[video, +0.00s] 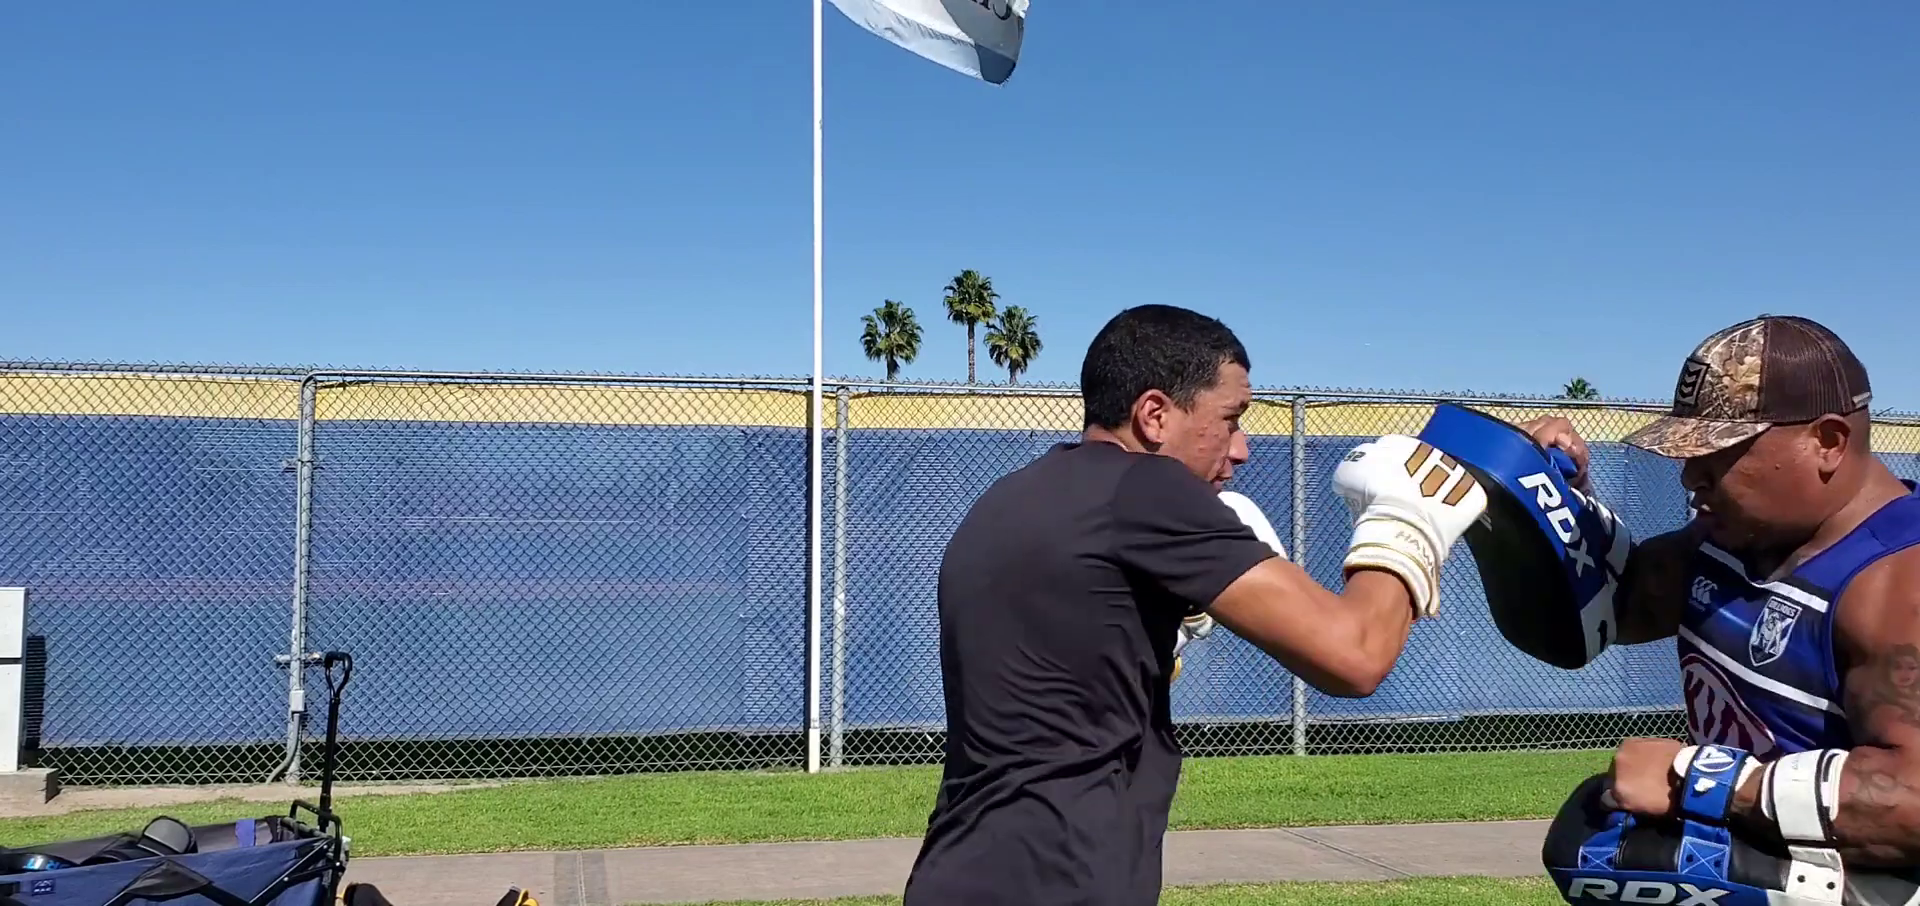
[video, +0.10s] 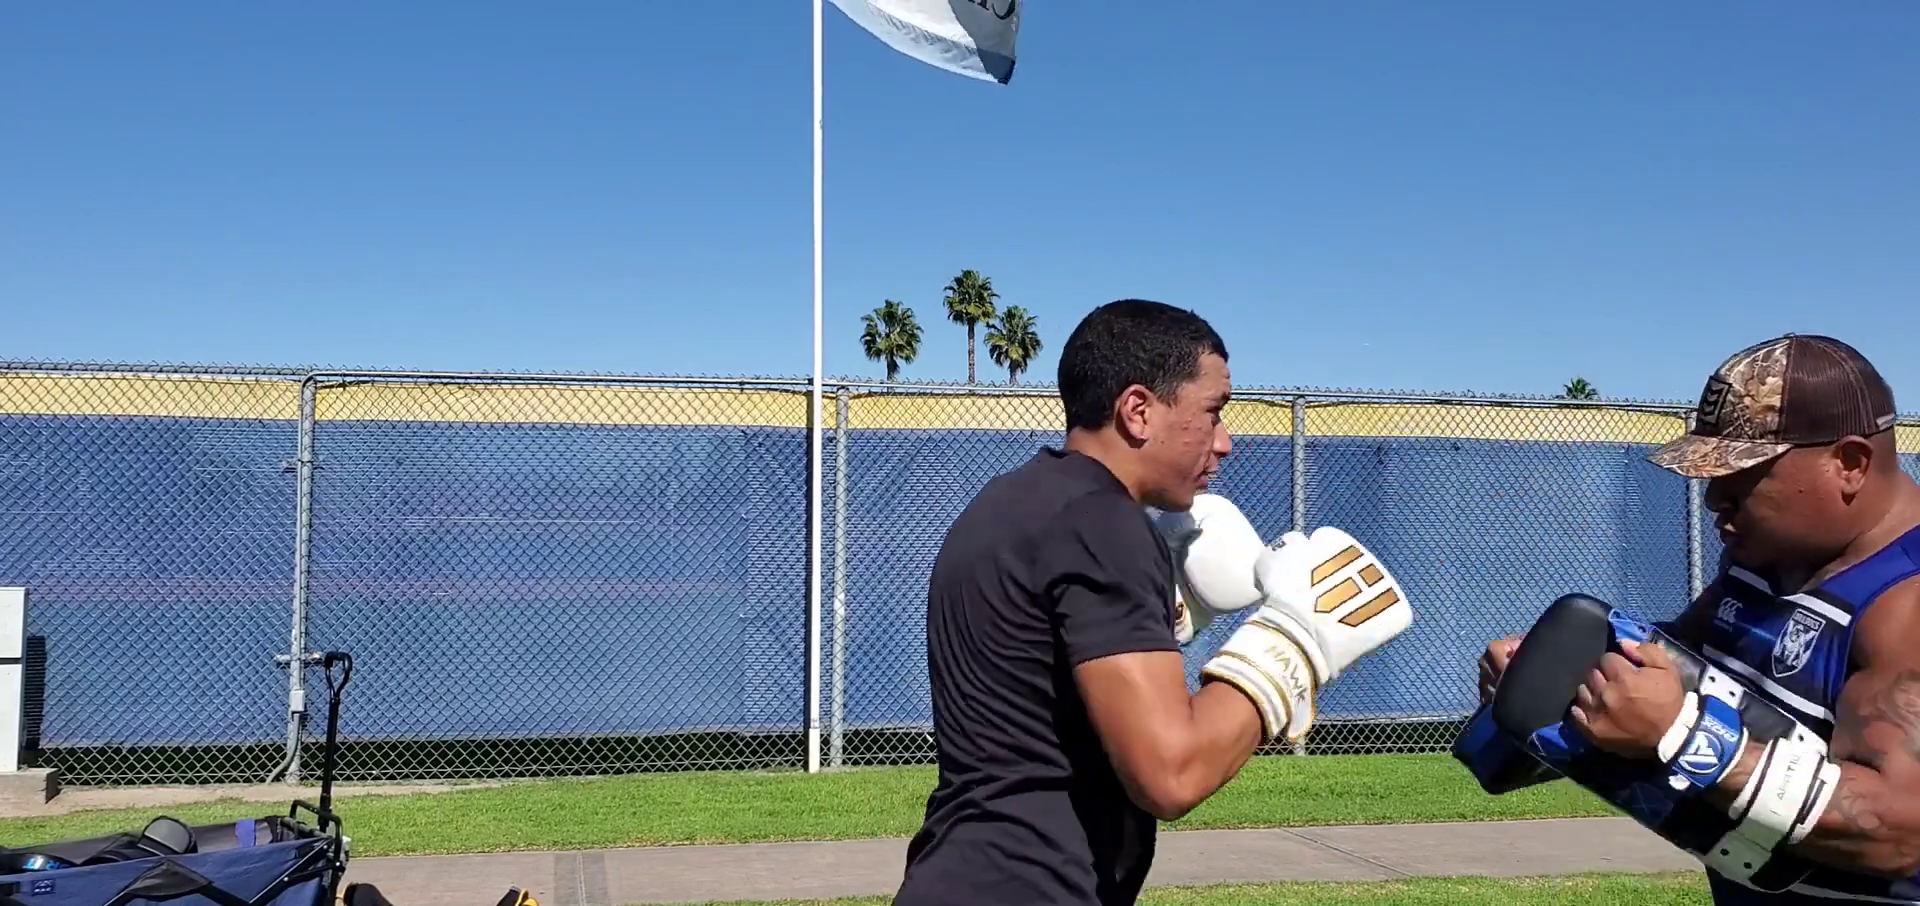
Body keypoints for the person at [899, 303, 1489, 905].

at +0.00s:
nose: (1241, 451)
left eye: (1242, 422)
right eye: (1228, 420)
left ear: (1143, 418)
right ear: (1153, 416)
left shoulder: (1005, 502)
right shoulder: (1146, 495)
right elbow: (1356, 654)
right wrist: (1407, 523)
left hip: (956, 871)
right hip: (1065, 878)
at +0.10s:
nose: (1224, 442)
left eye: (1222, 413)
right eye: (1213, 412)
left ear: (1133, 413)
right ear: (1138, 412)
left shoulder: (1004, 506)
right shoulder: (1098, 522)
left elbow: (1054, 696)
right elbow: (1171, 773)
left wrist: (1173, 599)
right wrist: (1288, 645)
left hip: (957, 872)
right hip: (1039, 883)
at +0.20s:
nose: (1211, 448)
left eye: (1208, 419)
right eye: (1199, 417)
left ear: (1125, 417)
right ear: (1127, 413)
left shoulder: (1050, 522)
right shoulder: (1031, 539)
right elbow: (1058, 809)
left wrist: (1151, 624)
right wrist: (1191, 662)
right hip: (992, 890)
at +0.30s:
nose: (1211, 448)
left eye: (1209, 420)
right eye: (1200, 417)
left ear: (1128, 412)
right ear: (1124, 408)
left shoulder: (1084, 532)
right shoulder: (1002, 533)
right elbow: (1020, 801)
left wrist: (1163, 651)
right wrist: (1155, 645)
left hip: (1059, 883)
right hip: (966, 889)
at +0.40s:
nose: (1228, 468)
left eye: (1231, 441)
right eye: (1222, 437)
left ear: (1148, 427)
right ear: (1146, 423)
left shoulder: (1107, 536)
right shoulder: (1024, 531)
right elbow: (1048, 798)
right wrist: (1165, 639)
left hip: (1064, 884)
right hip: (968, 890)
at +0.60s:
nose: (1313, 567)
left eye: (1316, 539)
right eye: (1310, 537)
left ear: (1243, 523)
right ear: (1245, 524)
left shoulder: (1102, 569)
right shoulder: (1152, 602)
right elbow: (1170, 862)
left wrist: (1275, 715)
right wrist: (1285, 707)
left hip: (982, 883)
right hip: (1046, 890)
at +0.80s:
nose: (1344, 498)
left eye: (1344, 469)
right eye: (1333, 468)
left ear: (1253, 461)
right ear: (1252, 458)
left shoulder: (1237, 562)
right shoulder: (1086, 544)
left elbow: (1274, 690)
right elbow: (1049, 778)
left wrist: (1417, 713)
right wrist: (1208, 658)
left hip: (1150, 881)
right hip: (1030, 882)